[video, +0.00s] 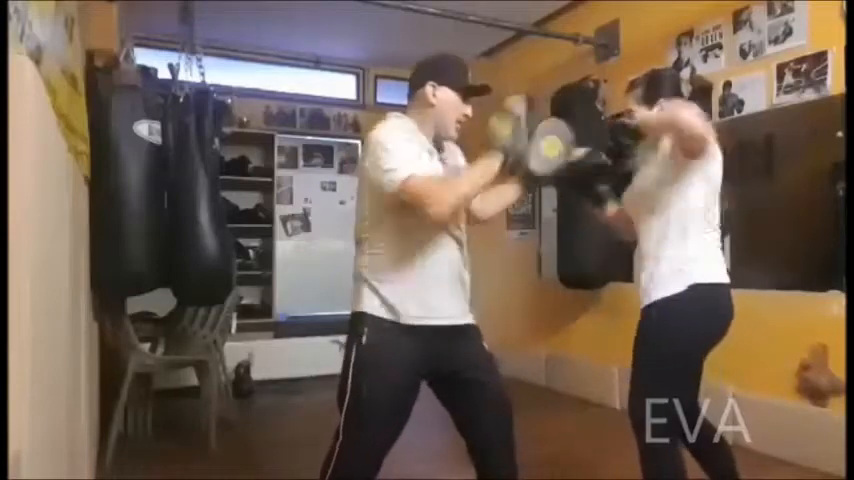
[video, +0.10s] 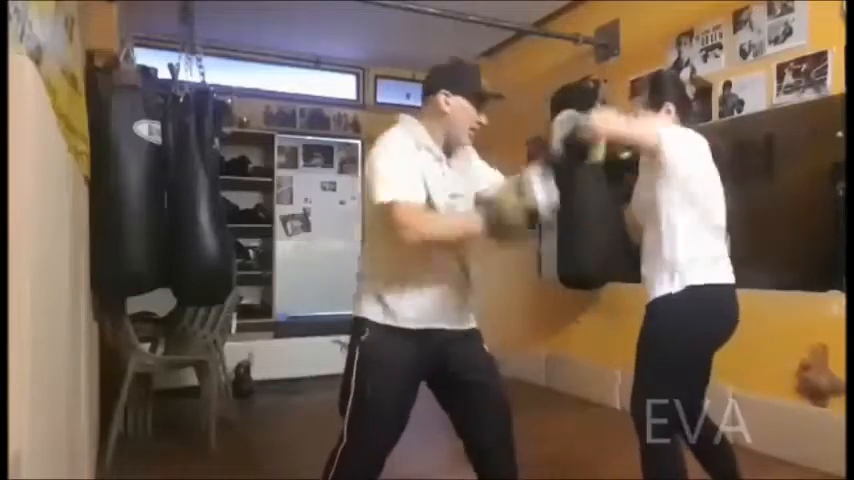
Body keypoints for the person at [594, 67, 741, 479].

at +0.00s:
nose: (629, 118)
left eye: (634, 109)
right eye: (628, 111)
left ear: (657, 107)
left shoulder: (694, 150)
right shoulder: (649, 167)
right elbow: (634, 230)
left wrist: (640, 120)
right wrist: (597, 198)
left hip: (692, 295)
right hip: (665, 299)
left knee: (648, 413)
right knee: (682, 410)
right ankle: (727, 472)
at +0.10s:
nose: (635, 120)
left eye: (641, 112)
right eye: (636, 113)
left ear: (667, 112)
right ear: (675, 113)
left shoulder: (674, 141)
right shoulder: (692, 154)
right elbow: (635, 224)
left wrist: (582, 123)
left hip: (682, 300)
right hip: (710, 297)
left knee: (650, 413)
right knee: (688, 412)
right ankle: (729, 472)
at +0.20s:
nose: (634, 130)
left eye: (640, 120)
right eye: (632, 122)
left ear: (670, 113)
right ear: (672, 114)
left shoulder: (670, 148)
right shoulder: (701, 150)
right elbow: (656, 236)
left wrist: (589, 153)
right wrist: (631, 193)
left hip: (680, 296)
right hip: (715, 294)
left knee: (651, 409)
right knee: (690, 410)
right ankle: (730, 474)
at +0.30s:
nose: (627, 136)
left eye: (633, 126)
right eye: (625, 127)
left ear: (663, 121)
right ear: (662, 121)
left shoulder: (677, 165)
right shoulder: (691, 159)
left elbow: (666, 252)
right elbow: (672, 246)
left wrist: (627, 218)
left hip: (687, 295)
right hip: (718, 294)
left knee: (645, 400)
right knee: (685, 408)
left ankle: (656, 473)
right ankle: (727, 472)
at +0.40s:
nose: (619, 140)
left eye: (625, 130)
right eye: (619, 131)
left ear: (655, 130)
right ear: (657, 130)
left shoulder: (666, 178)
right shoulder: (693, 166)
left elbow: (663, 263)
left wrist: (613, 260)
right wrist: (629, 248)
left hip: (694, 304)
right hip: (727, 300)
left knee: (647, 407)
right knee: (684, 415)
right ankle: (727, 473)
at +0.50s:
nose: (623, 131)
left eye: (630, 120)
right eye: (623, 121)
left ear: (659, 118)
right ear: (659, 119)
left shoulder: (666, 171)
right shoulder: (692, 157)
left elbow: (637, 250)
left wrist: (601, 212)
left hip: (690, 300)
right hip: (718, 294)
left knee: (650, 404)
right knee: (686, 411)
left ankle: (662, 474)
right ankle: (728, 474)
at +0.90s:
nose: (634, 116)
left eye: (641, 108)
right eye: (633, 108)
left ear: (669, 108)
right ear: (674, 111)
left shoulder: (669, 142)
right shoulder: (701, 154)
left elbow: (612, 117)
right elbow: (641, 213)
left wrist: (578, 111)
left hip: (680, 297)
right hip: (720, 296)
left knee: (642, 408)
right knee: (691, 406)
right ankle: (732, 475)